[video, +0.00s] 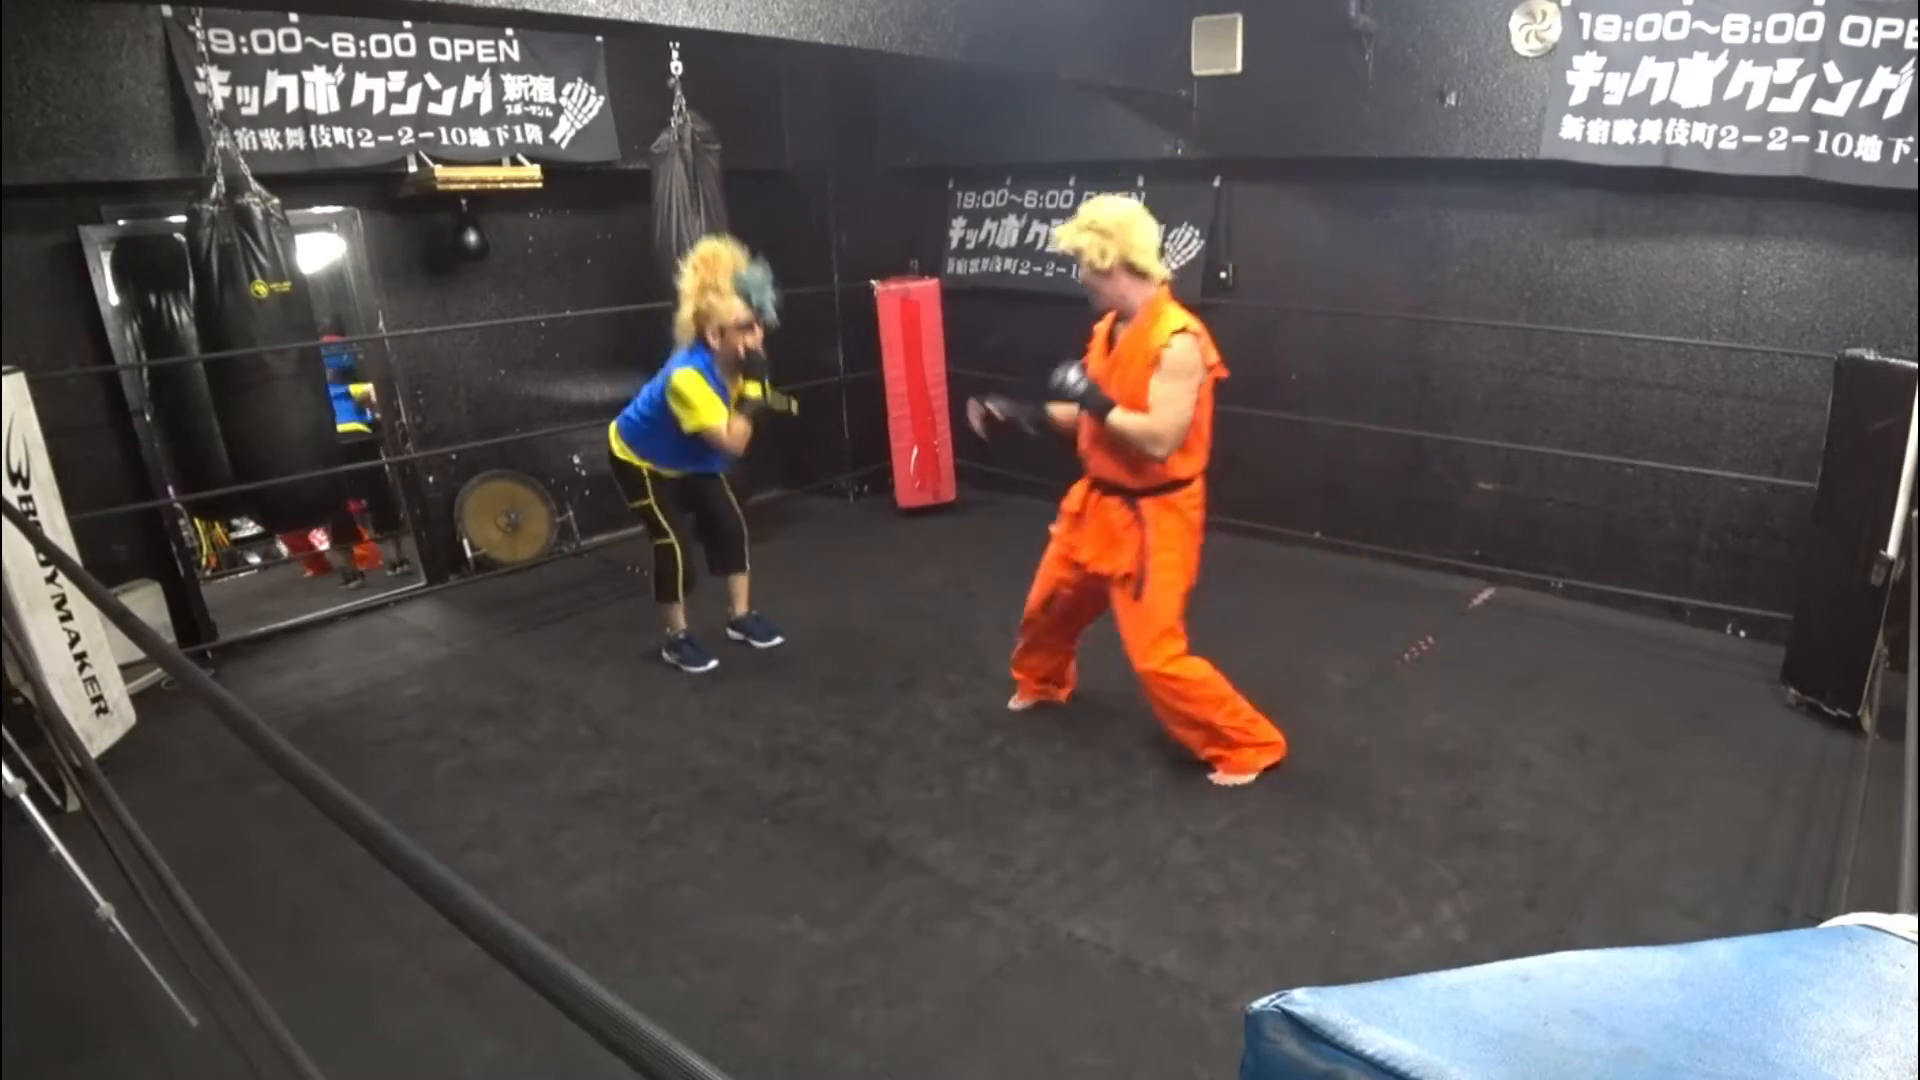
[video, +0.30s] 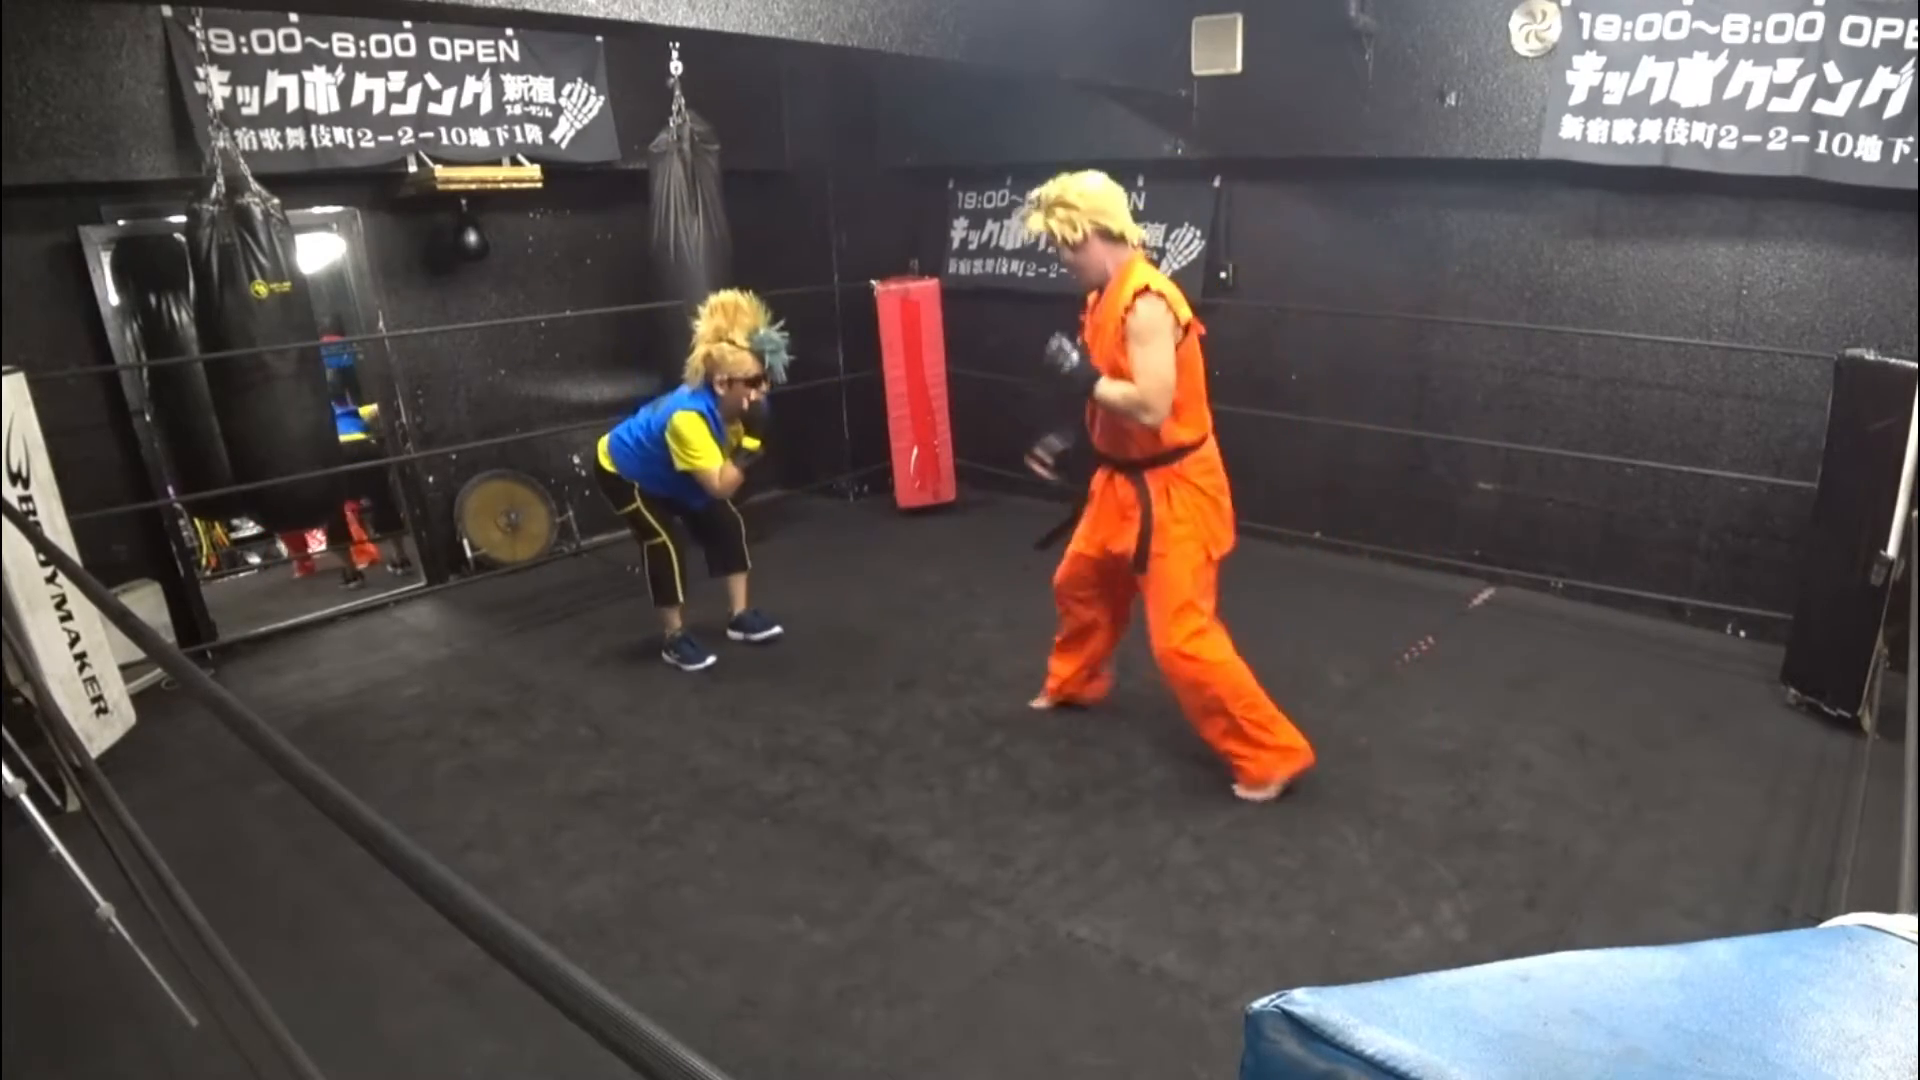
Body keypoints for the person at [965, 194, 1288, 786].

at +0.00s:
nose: (1082, 282)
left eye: (1087, 269)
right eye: (1081, 270)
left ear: (1115, 264)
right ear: (1121, 265)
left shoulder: (1180, 340)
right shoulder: (1107, 331)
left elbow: (1162, 437)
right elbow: (1088, 418)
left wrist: (1094, 400)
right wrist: (1022, 413)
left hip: (1158, 511)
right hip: (1097, 499)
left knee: (1155, 657)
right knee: (1047, 605)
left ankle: (1250, 746)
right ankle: (1041, 685)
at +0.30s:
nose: (1063, 262)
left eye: (1065, 247)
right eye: (1059, 250)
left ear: (1095, 234)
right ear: (1094, 234)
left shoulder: (1147, 302)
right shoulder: (1105, 302)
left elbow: (1153, 404)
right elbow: (1113, 398)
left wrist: (1084, 376)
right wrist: (1071, 441)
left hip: (1177, 484)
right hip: (1124, 478)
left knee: (1181, 638)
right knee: (1079, 580)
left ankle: (1274, 755)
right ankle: (1076, 683)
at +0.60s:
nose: (1051, 268)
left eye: (1053, 254)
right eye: (1049, 256)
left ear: (1074, 245)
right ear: (1106, 239)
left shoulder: (1093, 322)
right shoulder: (1155, 297)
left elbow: (1068, 423)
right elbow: (1199, 382)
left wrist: (1018, 380)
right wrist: (1132, 404)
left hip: (1148, 491)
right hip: (1174, 474)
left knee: (1189, 631)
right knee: (1090, 579)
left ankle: (1282, 760)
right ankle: (1098, 693)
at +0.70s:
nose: (1036, 243)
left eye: (1039, 229)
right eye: (1036, 230)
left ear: (1061, 222)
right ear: (1097, 216)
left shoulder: (1052, 292)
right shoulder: (1153, 276)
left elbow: (1015, 385)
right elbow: (1185, 363)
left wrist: (985, 340)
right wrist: (1118, 340)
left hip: (1112, 469)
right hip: (1166, 458)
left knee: (1143, 604)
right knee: (1108, 587)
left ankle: (1245, 732)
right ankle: (1109, 704)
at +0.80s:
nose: (1028, 234)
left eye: (1031, 221)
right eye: (1026, 222)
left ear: (1053, 216)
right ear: (1093, 213)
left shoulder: (1033, 276)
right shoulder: (1151, 275)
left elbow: (994, 373)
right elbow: (1165, 359)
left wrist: (971, 345)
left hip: (1077, 457)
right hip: (1147, 449)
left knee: (1062, 582)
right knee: (1137, 574)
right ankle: (1112, 697)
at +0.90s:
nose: (1020, 232)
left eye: (1023, 220)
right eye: (1019, 220)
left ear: (1044, 219)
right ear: (1086, 217)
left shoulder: (1015, 277)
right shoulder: (1138, 281)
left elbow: (982, 373)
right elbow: (1148, 374)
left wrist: (959, 352)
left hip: (1038, 459)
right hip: (1118, 455)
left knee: (1000, 583)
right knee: (1111, 592)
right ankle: (1116, 713)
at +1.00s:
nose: (1001, 233)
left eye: (1006, 222)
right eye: (1003, 221)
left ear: (1027, 223)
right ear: (1065, 223)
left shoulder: (990, 281)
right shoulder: (1114, 285)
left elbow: (947, 368)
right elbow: (1146, 379)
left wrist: (931, 339)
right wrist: (1088, 349)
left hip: (999, 459)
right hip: (1077, 459)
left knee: (948, 580)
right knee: (1079, 590)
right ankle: (1113, 711)